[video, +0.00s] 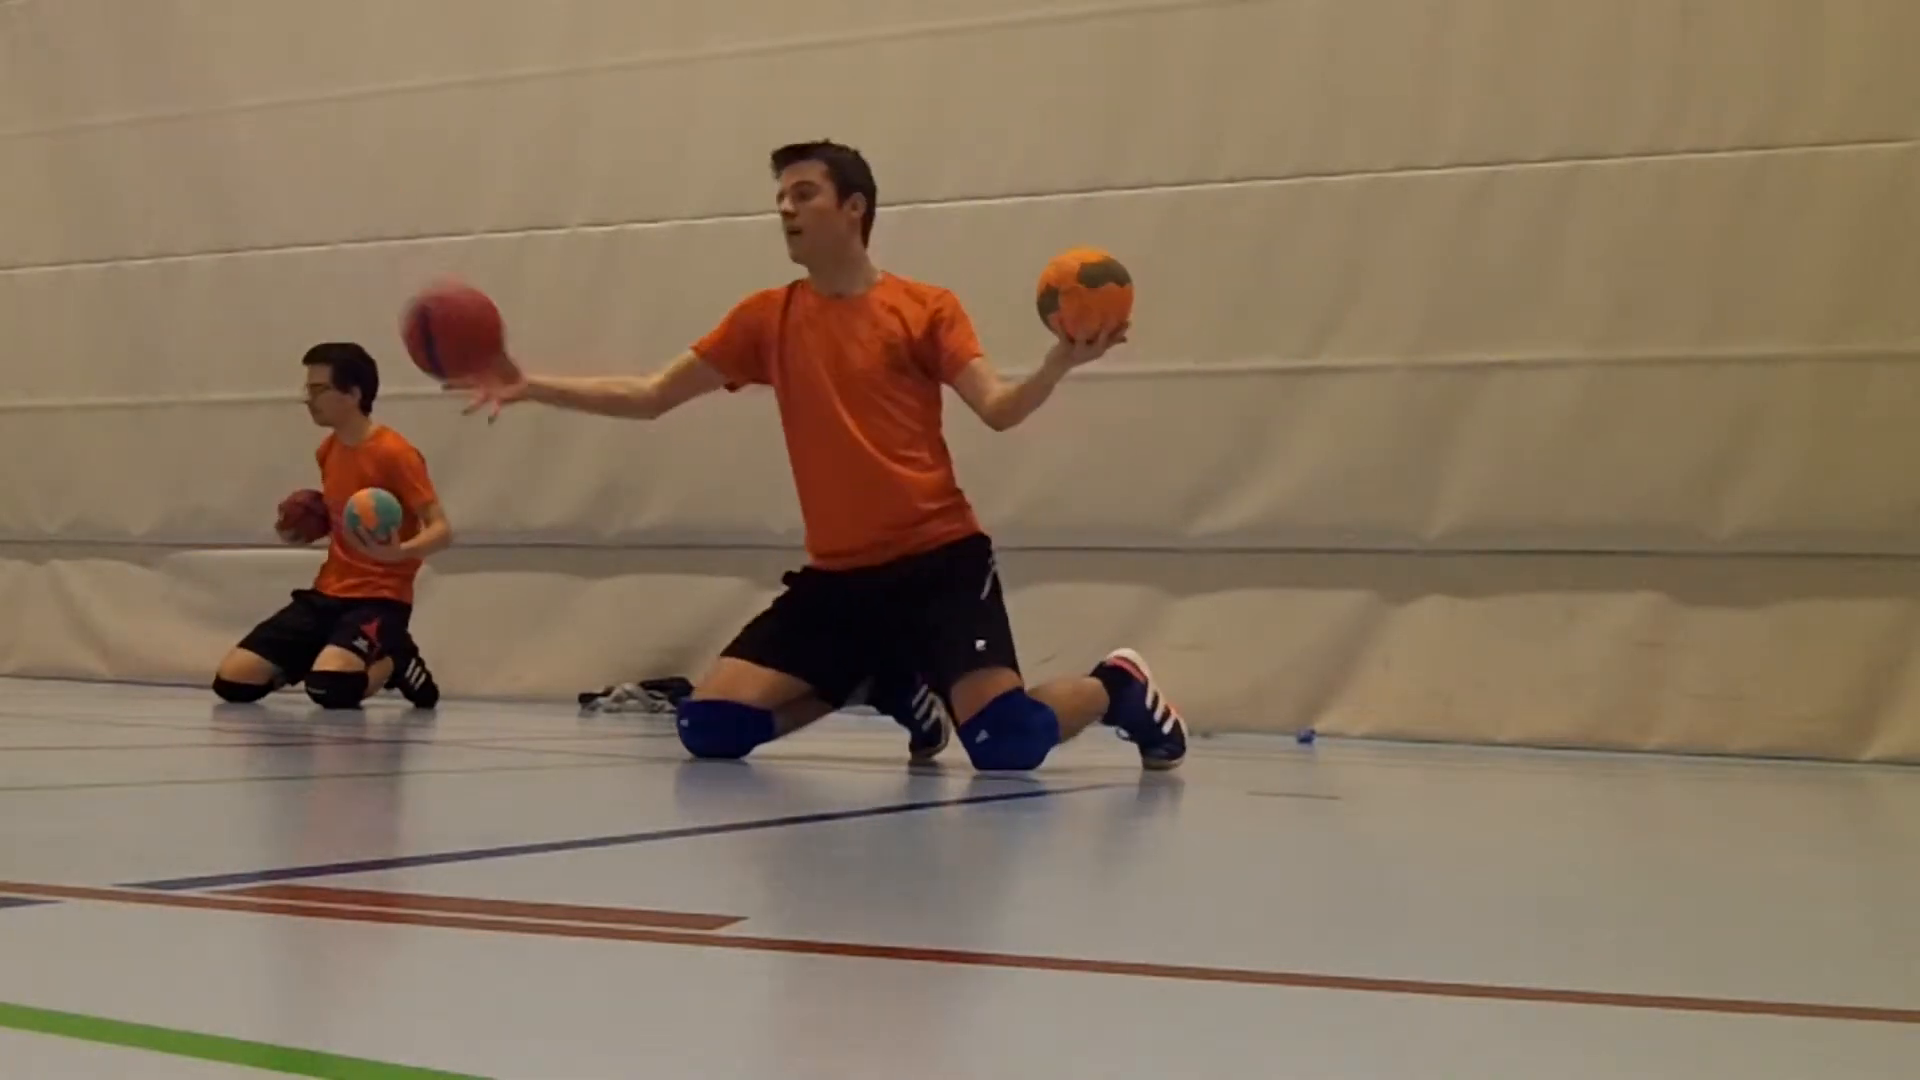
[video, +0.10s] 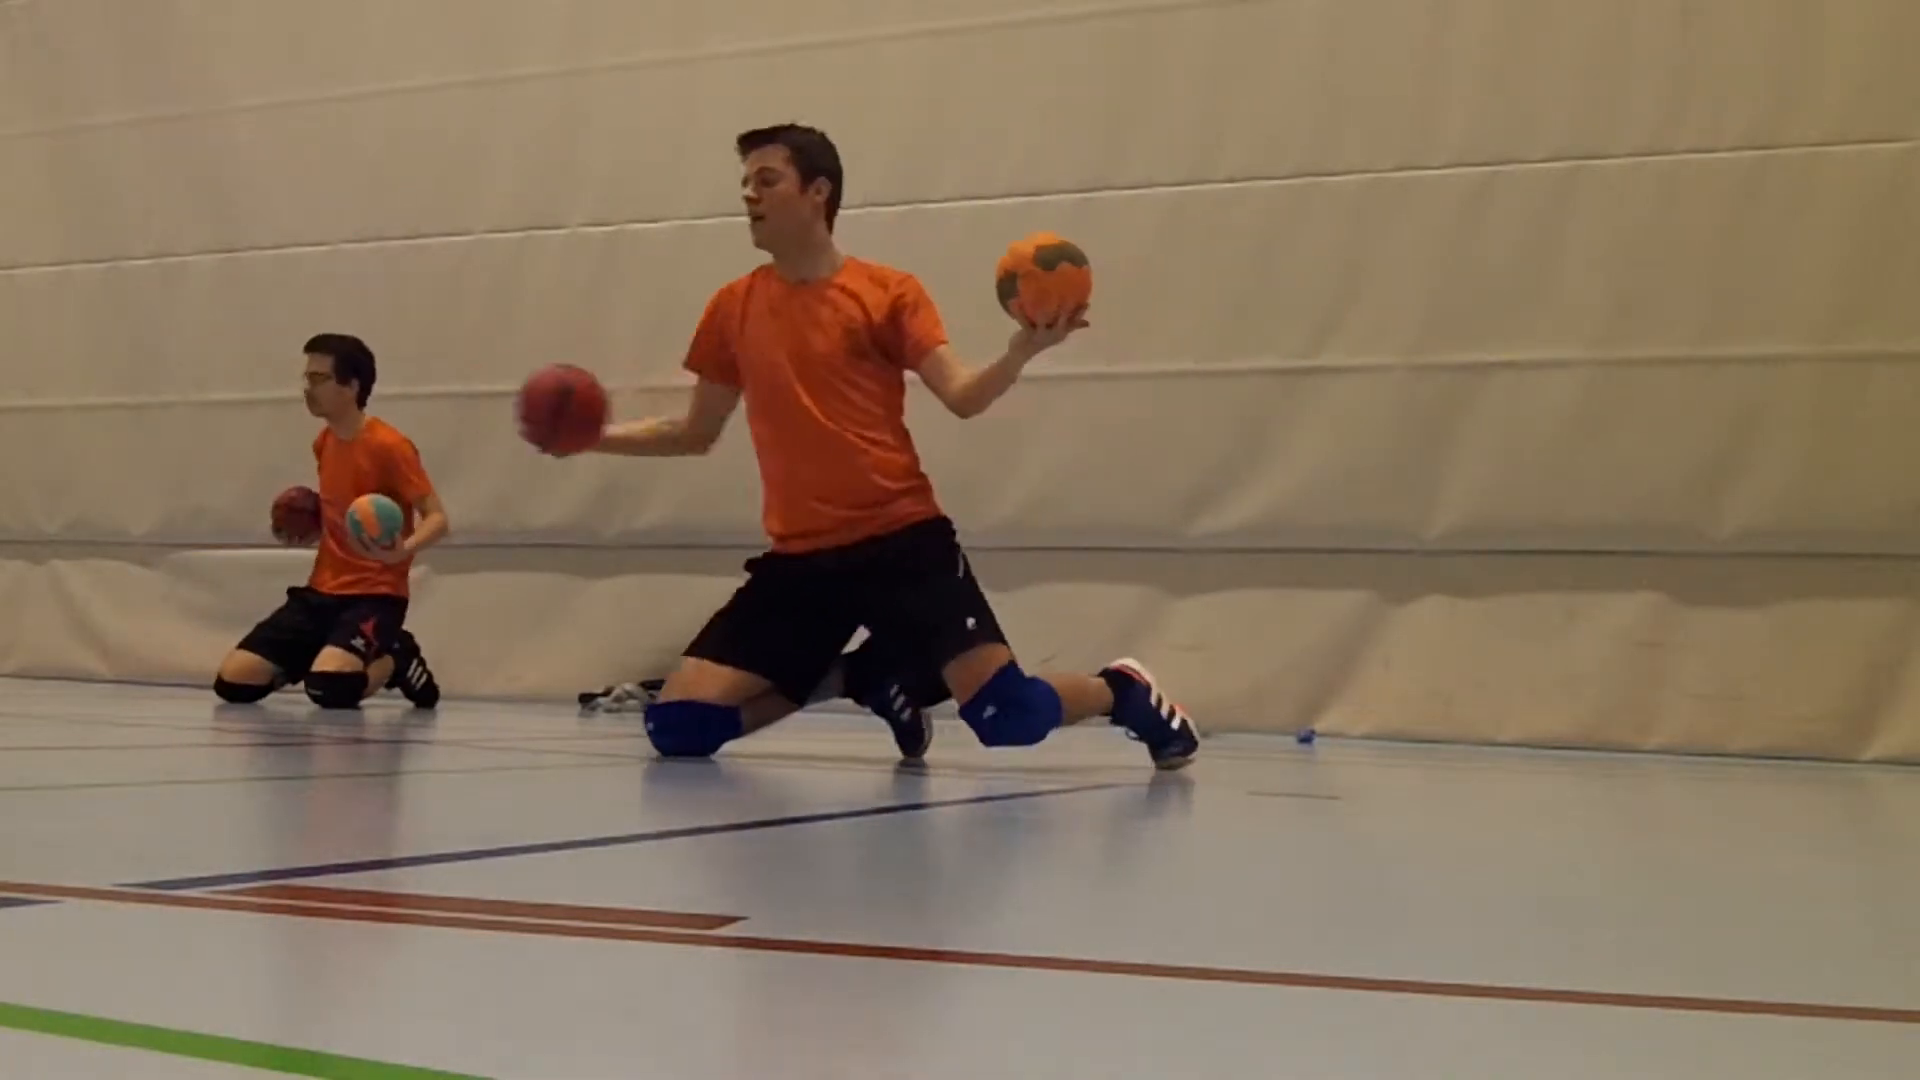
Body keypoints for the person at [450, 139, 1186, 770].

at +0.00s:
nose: (785, 209)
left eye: (804, 194)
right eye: (780, 199)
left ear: (857, 208)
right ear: (784, 219)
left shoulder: (923, 308)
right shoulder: (767, 319)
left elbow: (1002, 411)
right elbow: (650, 394)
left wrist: (1065, 357)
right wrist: (527, 383)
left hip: (940, 566)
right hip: (836, 579)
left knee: (1002, 742)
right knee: (713, 729)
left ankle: (1116, 684)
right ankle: (883, 681)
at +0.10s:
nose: (748, 198)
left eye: (765, 181)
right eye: (745, 185)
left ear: (820, 193)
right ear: (751, 200)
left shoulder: (887, 294)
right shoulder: (736, 309)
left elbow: (965, 396)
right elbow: (694, 431)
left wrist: (1026, 343)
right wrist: (589, 434)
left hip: (906, 544)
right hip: (798, 560)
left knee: (1008, 720)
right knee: (679, 728)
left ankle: (1123, 694)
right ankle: (865, 678)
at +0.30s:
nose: (721, 197)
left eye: (738, 181)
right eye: (715, 186)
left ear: (787, 192)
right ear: (714, 202)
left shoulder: (851, 292)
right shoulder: (712, 298)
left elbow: (909, 399)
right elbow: (707, 392)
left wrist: (947, 320)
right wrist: (674, 413)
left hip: (868, 535)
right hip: (769, 560)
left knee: (961, 691)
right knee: (651, 727)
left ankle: (1080, 690)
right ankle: (839, 675)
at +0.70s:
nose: (832, 216)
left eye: (851, 202)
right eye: (823, 202)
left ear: (894, 216)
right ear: (812, 215)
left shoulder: (930, 326)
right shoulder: (791, 317)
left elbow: (889, 442)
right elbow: (781, 459)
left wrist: (881, 335)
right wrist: (734, 421)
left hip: (909, 579)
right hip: (807, 585)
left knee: (955, 746)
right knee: (669, 728)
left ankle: (1077, 692)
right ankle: (848, 681)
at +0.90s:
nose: (865, 227)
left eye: (885, 213)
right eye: (855, 213)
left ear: (927, 230)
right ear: (844, 224)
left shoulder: (974, 330)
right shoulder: (839, 336)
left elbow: (965, 470)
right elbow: (823, 476)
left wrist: (935, 371)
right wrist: (765, 414)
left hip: (972, 583)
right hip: (873, 588)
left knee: (955, 741)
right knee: (739, 729)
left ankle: (1086, 683)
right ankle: (902, 685)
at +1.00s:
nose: (890, 235)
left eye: (909, 221)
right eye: (880, 221)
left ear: (951, 239)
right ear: (869, 235)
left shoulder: (1000, 337)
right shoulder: (868, 345)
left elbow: (1004, 488)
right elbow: (803, 462)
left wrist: (976, 387)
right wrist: (764, 361)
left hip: (998, 593)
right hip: (896, 597)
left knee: (980, 743)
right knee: (756, 730)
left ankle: (1089, 687)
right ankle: (907, 691)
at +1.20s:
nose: (968, 225)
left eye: (991, 214)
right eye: (960, 211)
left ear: (1030, 241)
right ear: (948, 228)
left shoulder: (1069, 347)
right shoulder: (908, 336)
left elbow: (1083, 494)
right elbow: (779, 381)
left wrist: (1064, 385)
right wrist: (791, 255)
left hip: (1035, 597)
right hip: (927, 592)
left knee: (1007, 747)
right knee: (780, 730)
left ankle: (1098, 694)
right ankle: (926, 686)